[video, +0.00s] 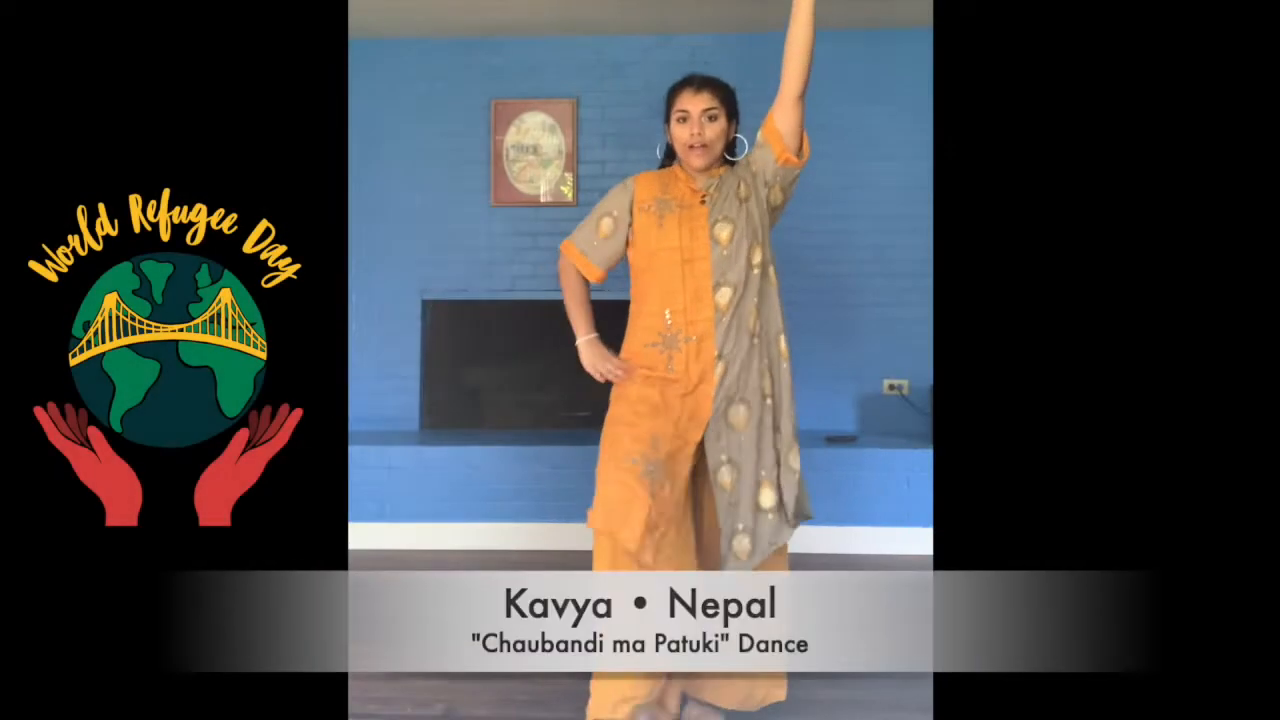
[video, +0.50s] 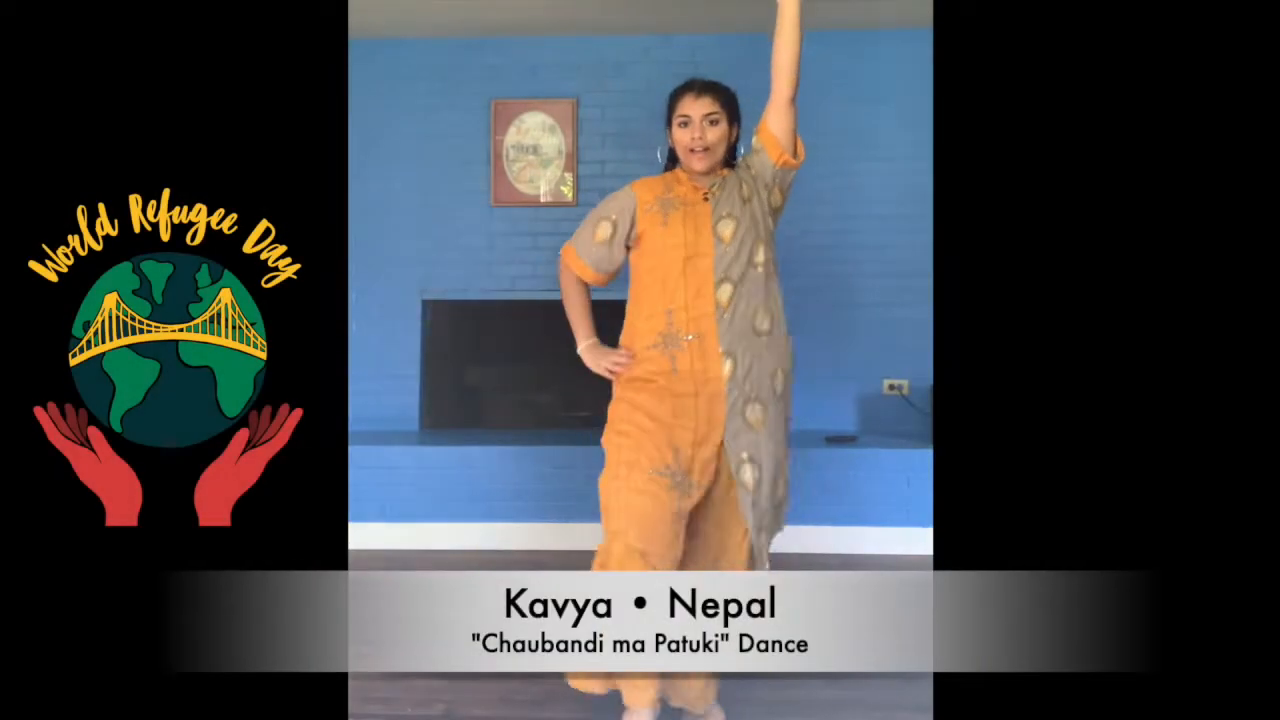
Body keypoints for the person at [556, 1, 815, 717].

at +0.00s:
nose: (697, 128)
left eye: (709, 116)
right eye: (684, 117)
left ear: (730, 129)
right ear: (668, 129)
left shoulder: (754, 187)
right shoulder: (639, 194)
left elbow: (792, 91)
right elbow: (574, 258)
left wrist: (803, 3)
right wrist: (588, 342)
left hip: (738, 391)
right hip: (652, 391)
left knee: (739, 541)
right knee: (633, 538)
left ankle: (715, 691)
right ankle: (636, 696)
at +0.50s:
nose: (697, 133)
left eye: (710, 120)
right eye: (684, 122)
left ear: (732, 132)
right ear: (669, 134)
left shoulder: (754, 190)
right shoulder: (640, 200)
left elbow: (784, 90)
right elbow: (574, 263)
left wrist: (789, 2)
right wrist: (588, 343)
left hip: (738, 401)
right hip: (651, 400)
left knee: (720, 558)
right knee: (642, 552)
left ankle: (695, 698)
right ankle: (640, 703)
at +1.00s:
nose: (695, 125)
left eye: (707, 113)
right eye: (682, 115)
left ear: (728, 126)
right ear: (666, 128)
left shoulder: (752, 186)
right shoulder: (638, 194)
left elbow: (789, 86)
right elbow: (566, 251)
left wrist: (799, 3)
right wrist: (582, 312)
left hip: (727, 384)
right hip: (644, 381)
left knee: (716, 542)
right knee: (631, 534)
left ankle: (711, 698)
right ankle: (630, 699)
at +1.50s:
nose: (692, 124)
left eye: (705, 113)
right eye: (679, 113)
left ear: (724, 122)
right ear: (662, 123)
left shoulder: (746, 183)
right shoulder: (631, 191)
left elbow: (796, 89)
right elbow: (557, 251)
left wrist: (824, 4)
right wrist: (572, 320)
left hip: (716, 379)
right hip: (635, 378)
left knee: (700, 538)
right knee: (637, 535)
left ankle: (689, 693)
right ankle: (636, 697)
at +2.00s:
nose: (687, 121)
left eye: (701, 109)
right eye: (674, 110)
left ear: (721, 120)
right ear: (658, 121)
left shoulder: (745, 182)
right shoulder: (629, 193)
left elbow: (795, 92)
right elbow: (562, 259)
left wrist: (824, 4)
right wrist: (581, 337)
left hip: (727, 390)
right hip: (644, 389)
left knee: (715, 545)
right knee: (633, 545)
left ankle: (705, 694)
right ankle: (609, 701)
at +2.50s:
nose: (686, 121)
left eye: (700, 109)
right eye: (673, 110)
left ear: (720, 120)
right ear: (656, 121)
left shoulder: (745, 180)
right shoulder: (631, 193)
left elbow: (796, 88)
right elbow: (565, 262)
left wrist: (827, 2)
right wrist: (583, 344)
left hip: (728, 387)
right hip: (646, 388)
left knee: (717, 541)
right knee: (628, 540)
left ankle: (705, 691)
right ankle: (619, 700)